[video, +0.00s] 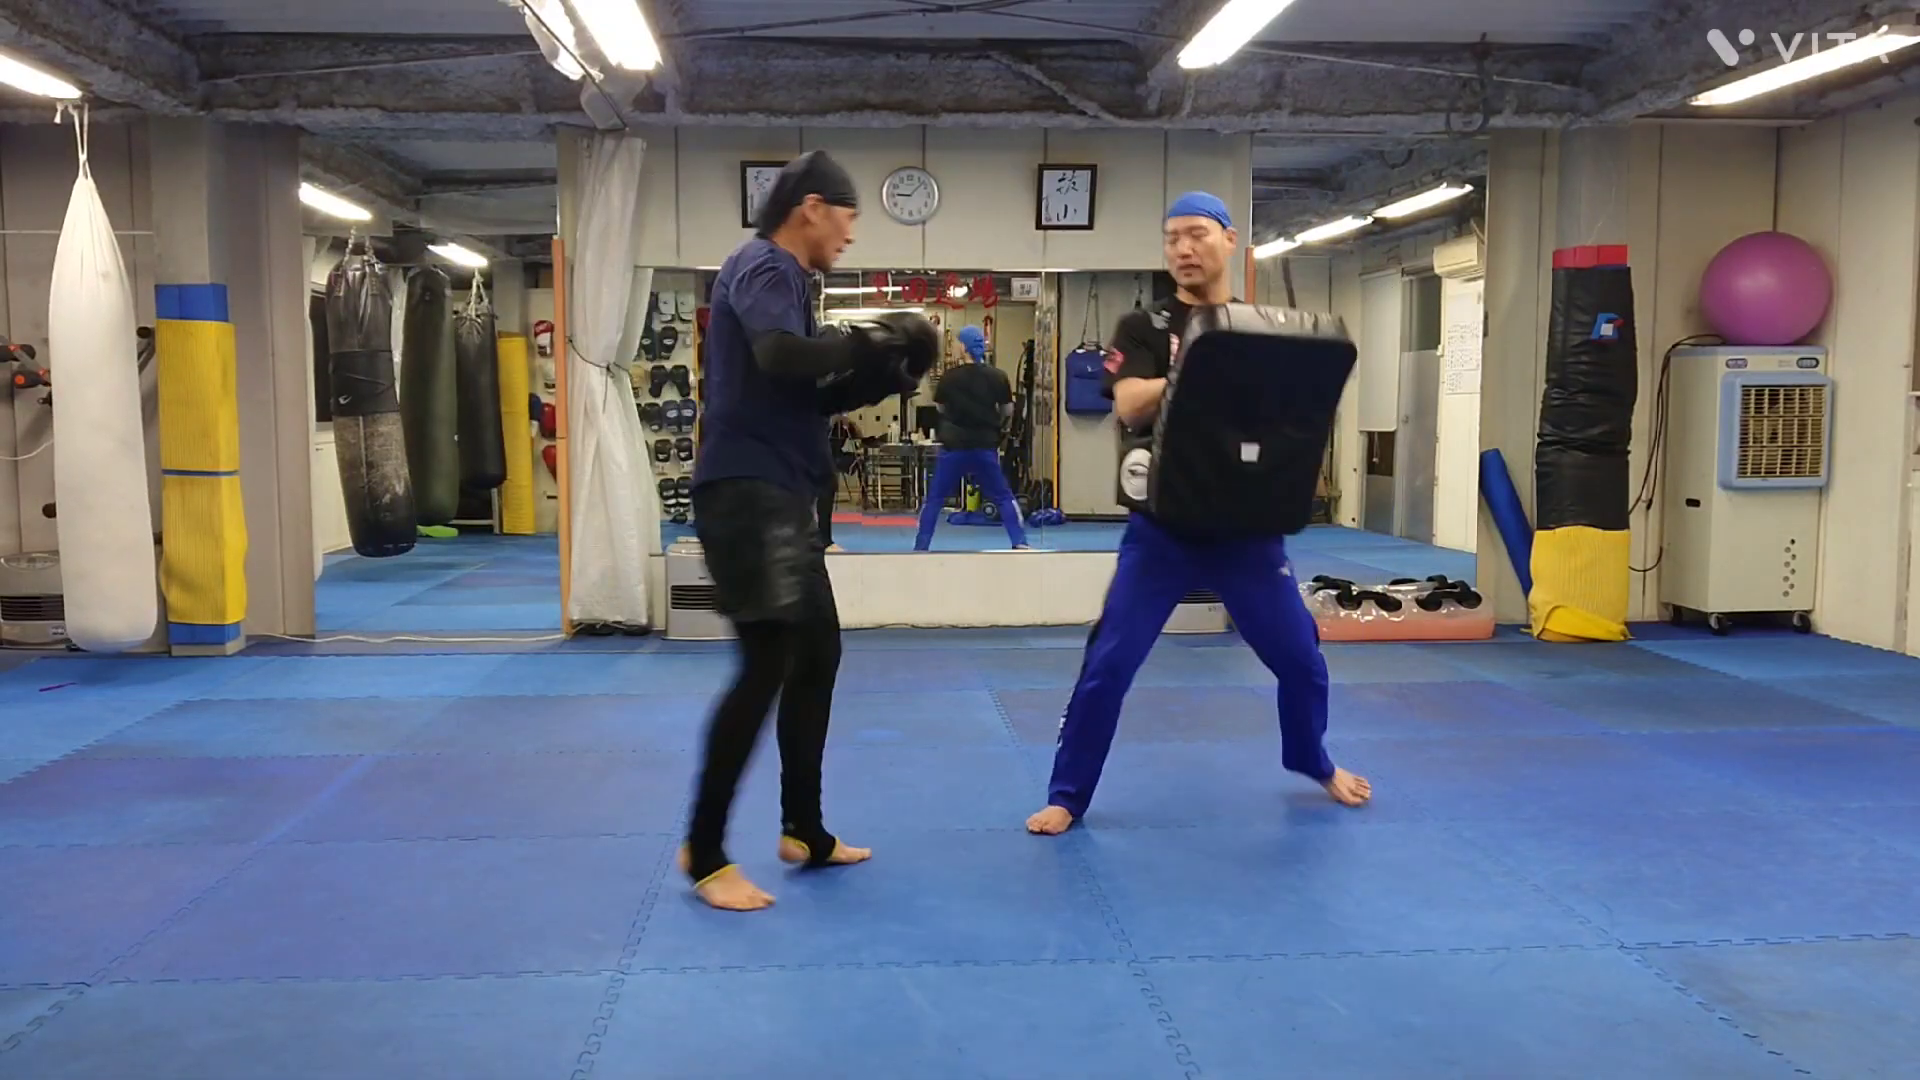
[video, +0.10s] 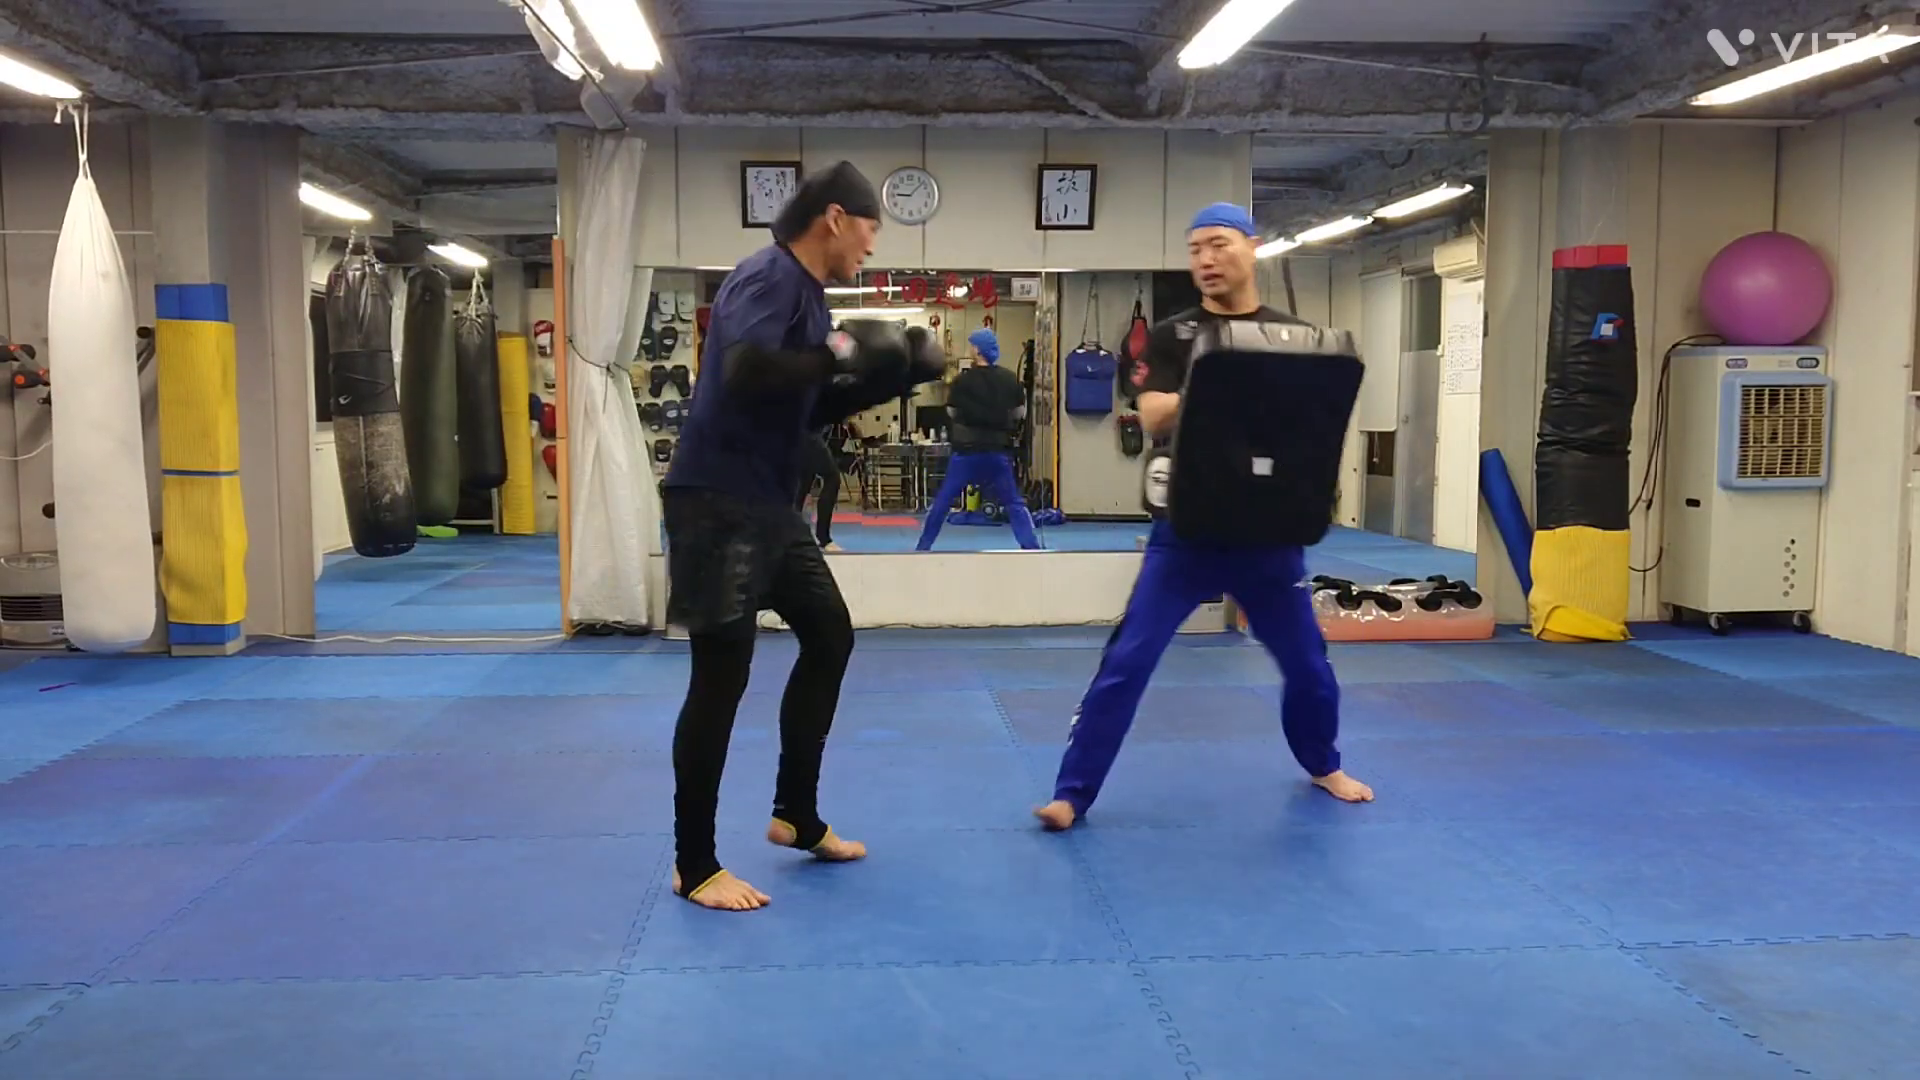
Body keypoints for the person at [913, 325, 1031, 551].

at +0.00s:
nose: (956, 347)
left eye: (958, 344)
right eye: (958, 343)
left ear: (964, 348)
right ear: (982, 346)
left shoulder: (951, 375)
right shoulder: (998, 376)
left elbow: (940, 406)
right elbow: (1007, 410)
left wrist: (957, 416)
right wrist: (993, 425)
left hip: (953, 447)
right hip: (984, 447)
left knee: (935, 498)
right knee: (1003, 497)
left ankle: (921, 546)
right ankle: (1019, 543)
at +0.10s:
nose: (968, 351)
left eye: (971, 347)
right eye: (970, 347)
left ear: (978, 351)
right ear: (993, 351)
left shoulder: (964, 379)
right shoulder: (1008, 378)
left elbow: (952, 411)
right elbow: (1020, 412)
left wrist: (973, 420)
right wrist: (999, 422)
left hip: (966, 450)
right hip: (997, 450)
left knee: (943, 501)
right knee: (1013, 503)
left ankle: (922, 549)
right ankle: (1033, 550)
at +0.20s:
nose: (977, 347)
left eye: (981, 343)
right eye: (978, 342)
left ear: (991, 348)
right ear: (1002, 348)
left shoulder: (974, 375)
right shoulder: (1019, 376)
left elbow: (965, 401)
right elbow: (1029, 399)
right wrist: (1004, 396)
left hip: (978, 447)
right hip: (1008, 447)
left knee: (956, 498)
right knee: (1022, 499)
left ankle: (930, 545)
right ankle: (1033, 548)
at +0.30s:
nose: (983, 342)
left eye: (986, 338)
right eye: (985, 337)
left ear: (995, 343)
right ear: (1009, 343)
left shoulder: (982, 371)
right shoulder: (1025, 371)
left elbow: (968, 403)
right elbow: (1035, 397)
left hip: (985, 443)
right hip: (1015, 443)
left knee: (964, 492)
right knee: (1022, 497)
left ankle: (953, 544)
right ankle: (1034, 548)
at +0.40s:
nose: (986, 342)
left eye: (988, 338)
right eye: (986, 337)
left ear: (995, 341)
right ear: (1011, 340)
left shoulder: (984, 368)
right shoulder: (1028, 369)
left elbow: (969, 391)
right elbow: (1037, 395)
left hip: (990, 439)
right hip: (1019, 439)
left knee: (981, 496)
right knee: (1025, 495)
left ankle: (987, 549)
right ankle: (1036, 546)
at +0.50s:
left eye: (990, 339)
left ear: (991, 342)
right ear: (1013, 340)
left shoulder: (981, 367)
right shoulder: (1027, 369)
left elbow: (972, 400)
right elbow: (1038, 400)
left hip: (990, 441)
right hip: (1019, 440)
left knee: (987, 497)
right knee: (1030, 495)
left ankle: (989, 549)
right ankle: (1036, 547)